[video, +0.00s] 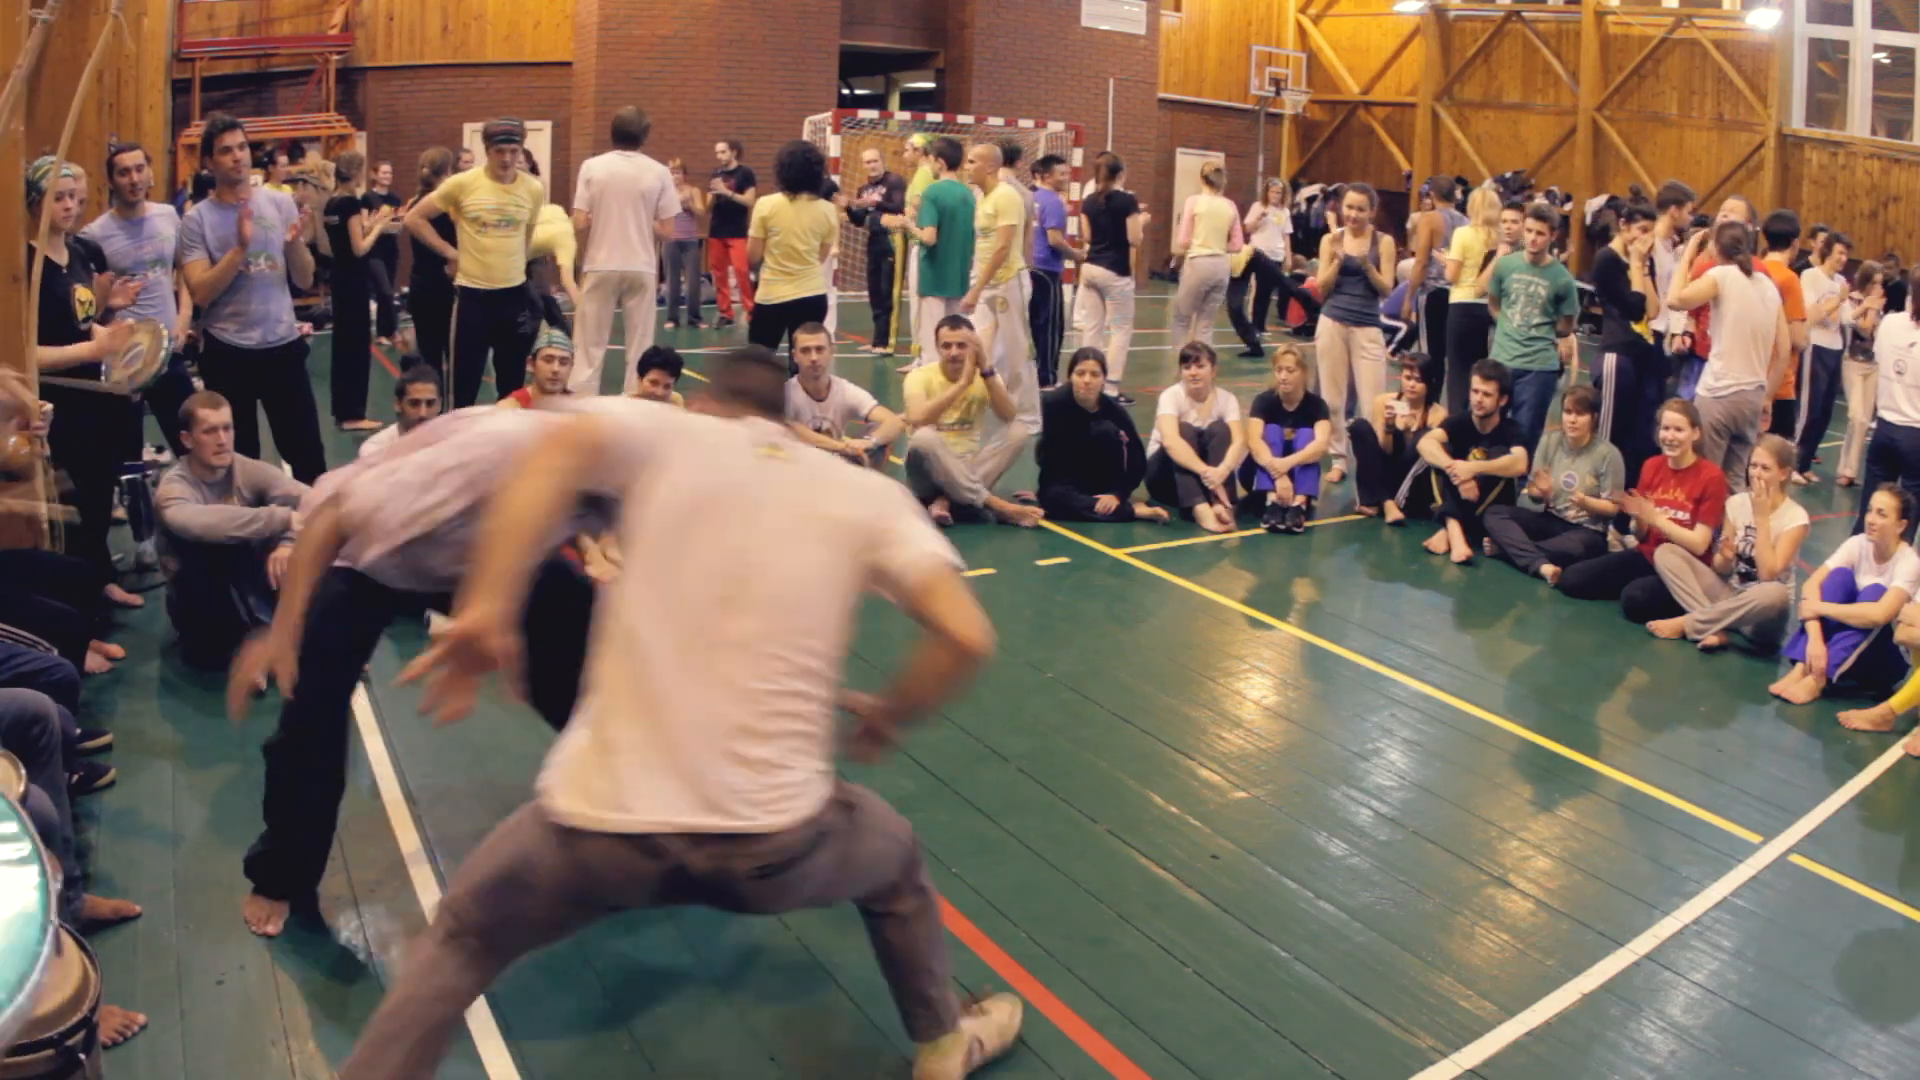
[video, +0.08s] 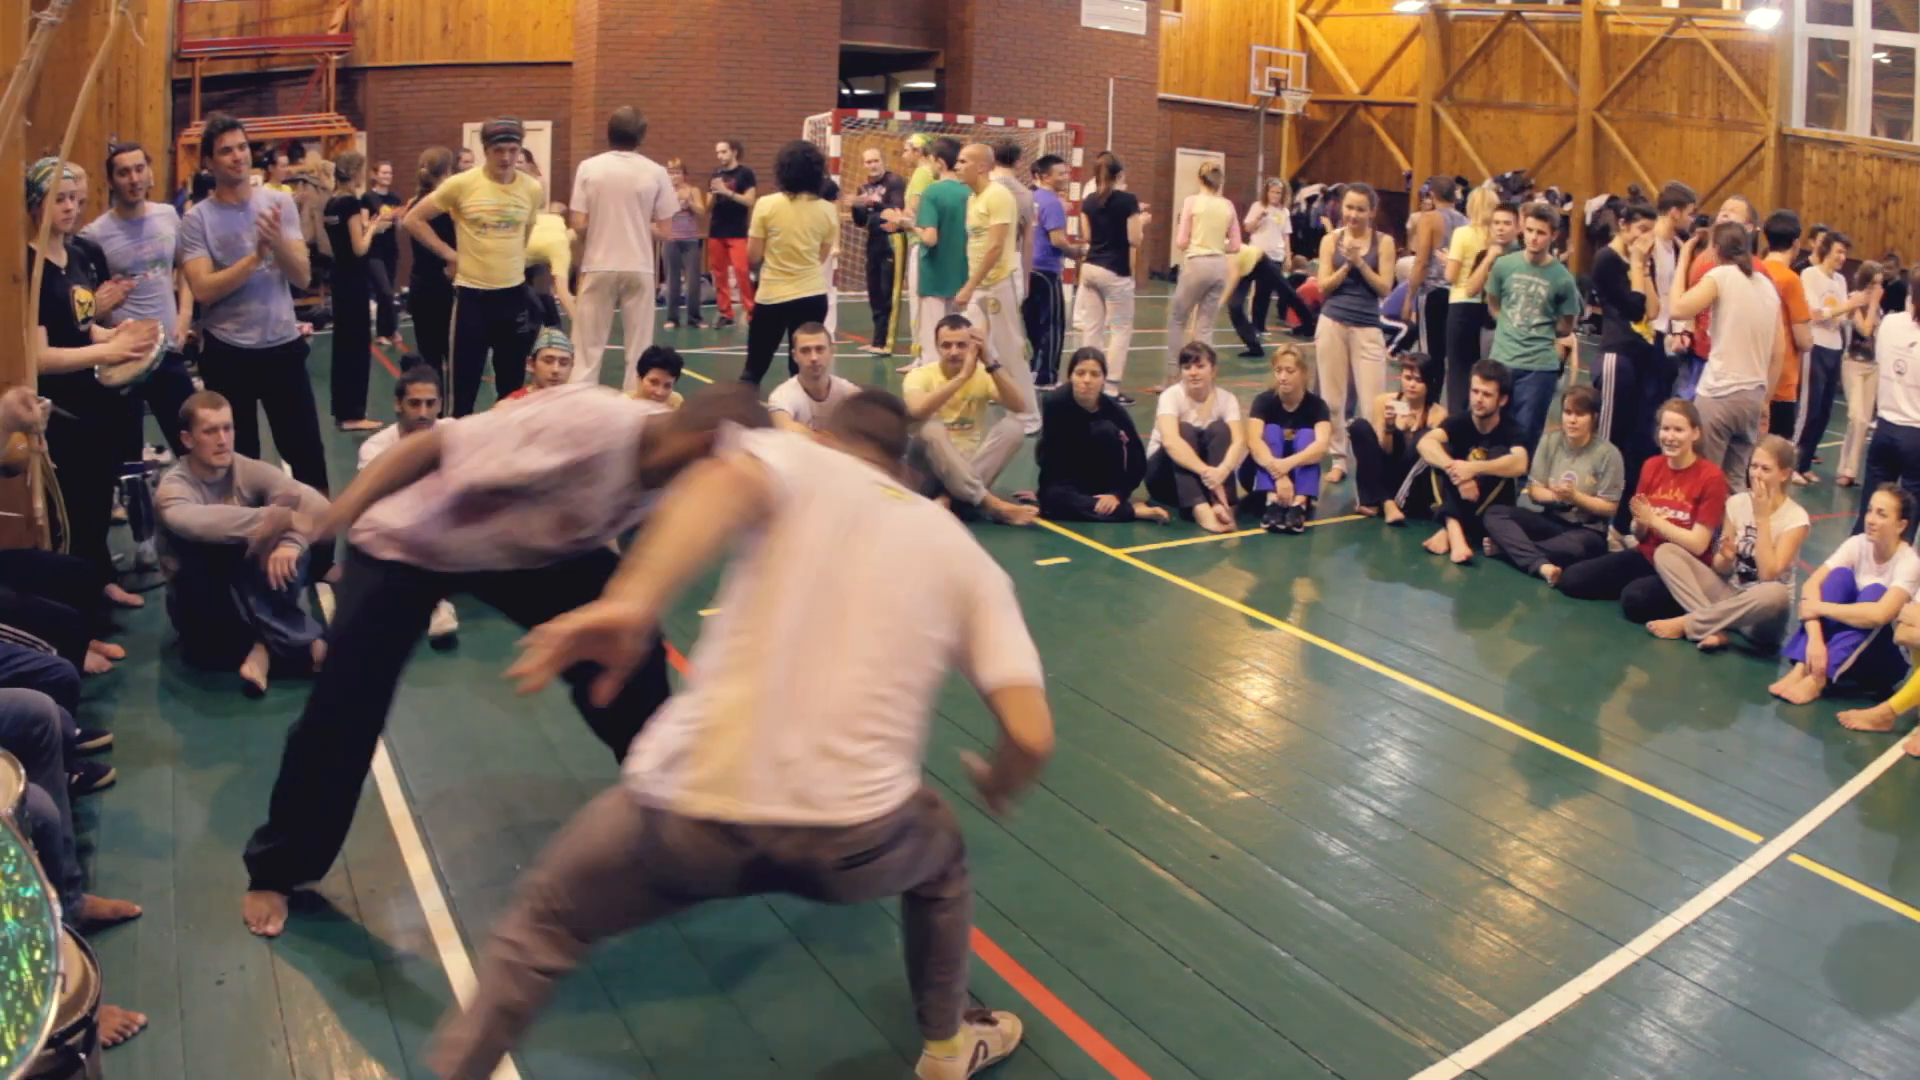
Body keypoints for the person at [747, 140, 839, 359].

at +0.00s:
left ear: (781, 171)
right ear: (819, 173)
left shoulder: (766, 205)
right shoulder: (828, 210)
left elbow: (754, 255)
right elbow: (823, 255)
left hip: (772, 301)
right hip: (813, 300)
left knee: (758, 366)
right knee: (804, 371)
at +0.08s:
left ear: (781, 171)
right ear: (818, 172)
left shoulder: (766, 205)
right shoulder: (827, 209)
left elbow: (754, 256)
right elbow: (823, 253)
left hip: (773, 301)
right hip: (813, 299)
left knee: (754, 370)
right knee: (803, 370)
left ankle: (736, 419)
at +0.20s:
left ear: (781, 171)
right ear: (818, 172)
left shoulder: (766, 206)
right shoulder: (828, 210)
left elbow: (755, 255)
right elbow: (824, 254)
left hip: (773, 300)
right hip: (813, 299)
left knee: (754, 371)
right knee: (804, 372)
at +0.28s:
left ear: (781, 171)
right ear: (819, 172)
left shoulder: (766, 205)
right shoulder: (828, 210)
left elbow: (755, 254)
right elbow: (823, 255)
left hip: (772, 297)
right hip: (813, 296)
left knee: (762, 362)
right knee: (807, 363)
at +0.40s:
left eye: (780, 166)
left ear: (782, 171)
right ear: (819, 172)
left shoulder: (767, 205)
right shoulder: (828, 210)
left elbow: (755, 253)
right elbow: (824, 254)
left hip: (773, 300)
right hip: (814, 299)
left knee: (754, 371)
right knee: (804, 373)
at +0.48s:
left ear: (782, 171)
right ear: (819, 172)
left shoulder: (767, 205)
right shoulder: (828, 210)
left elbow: (755, 253)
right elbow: (824, 255)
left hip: (773, 300)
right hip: (813, 299)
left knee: (756, 369)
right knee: (804, 371)